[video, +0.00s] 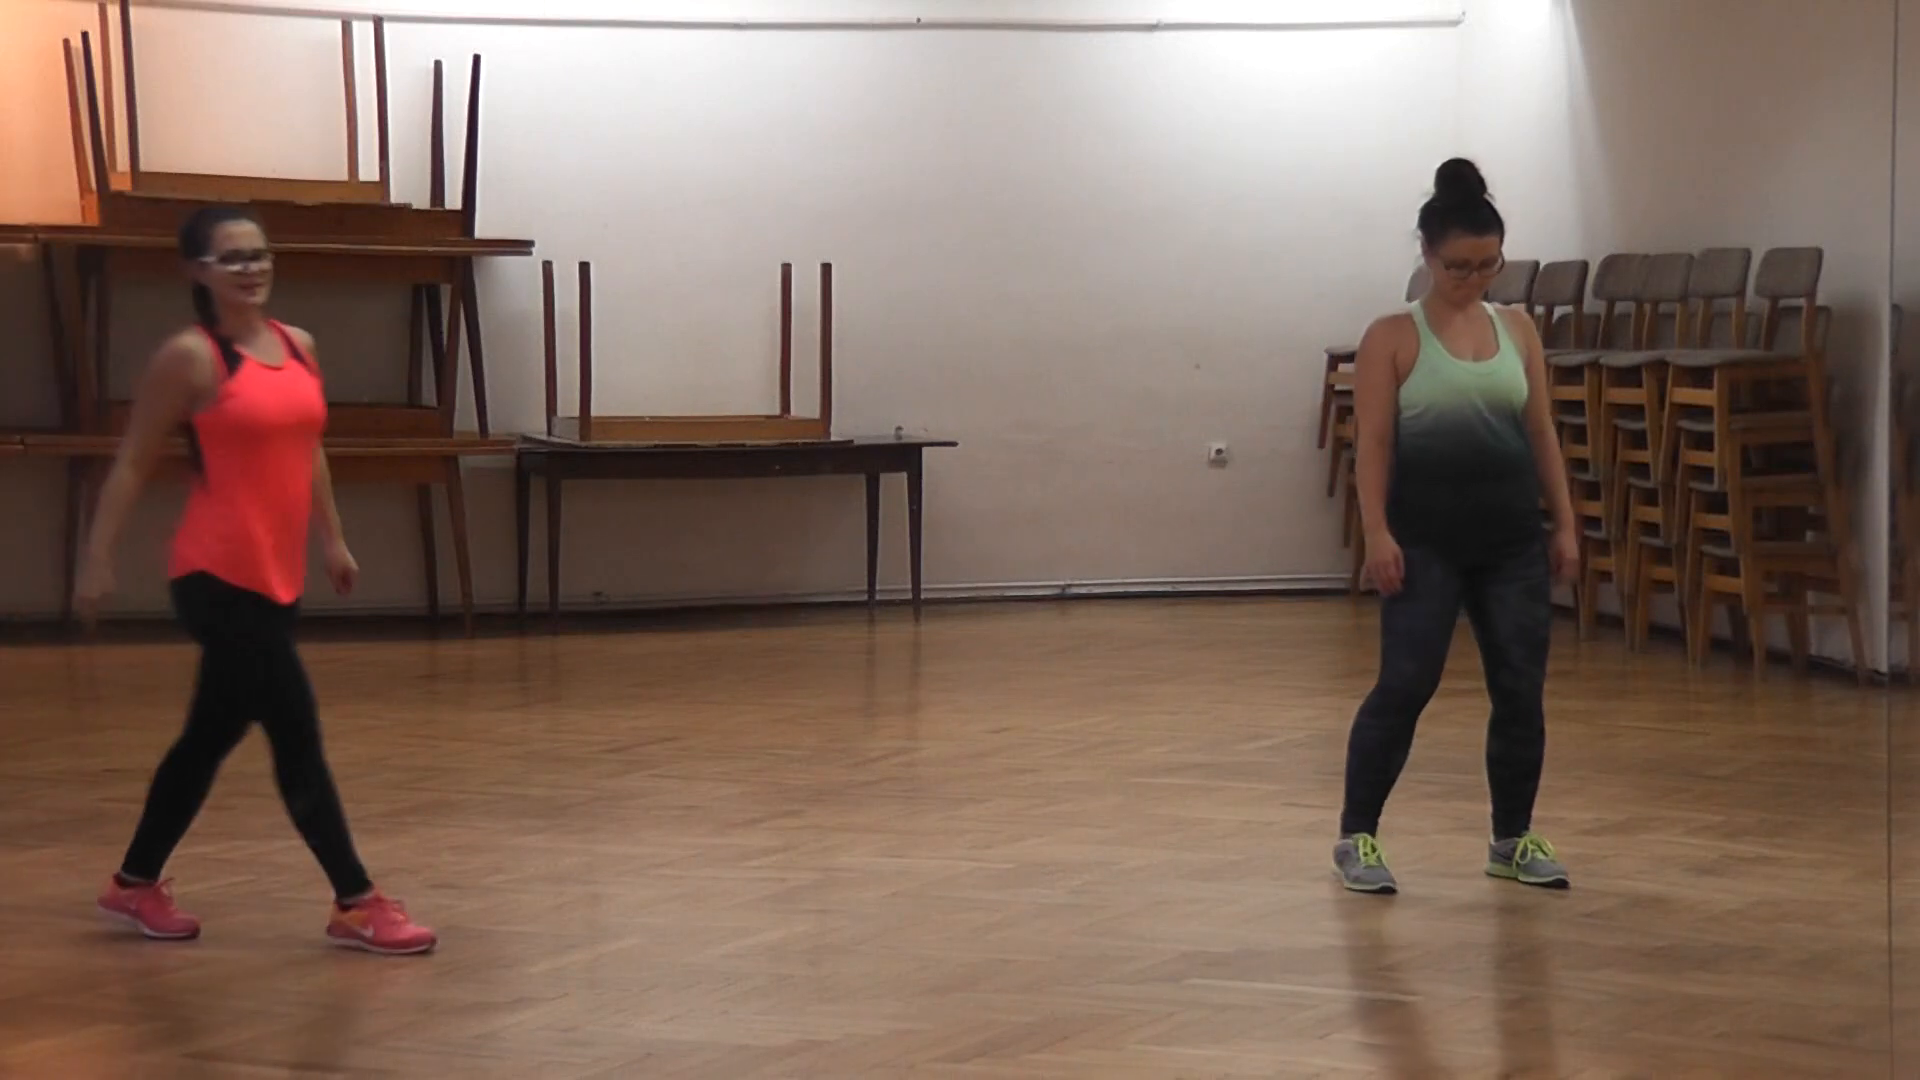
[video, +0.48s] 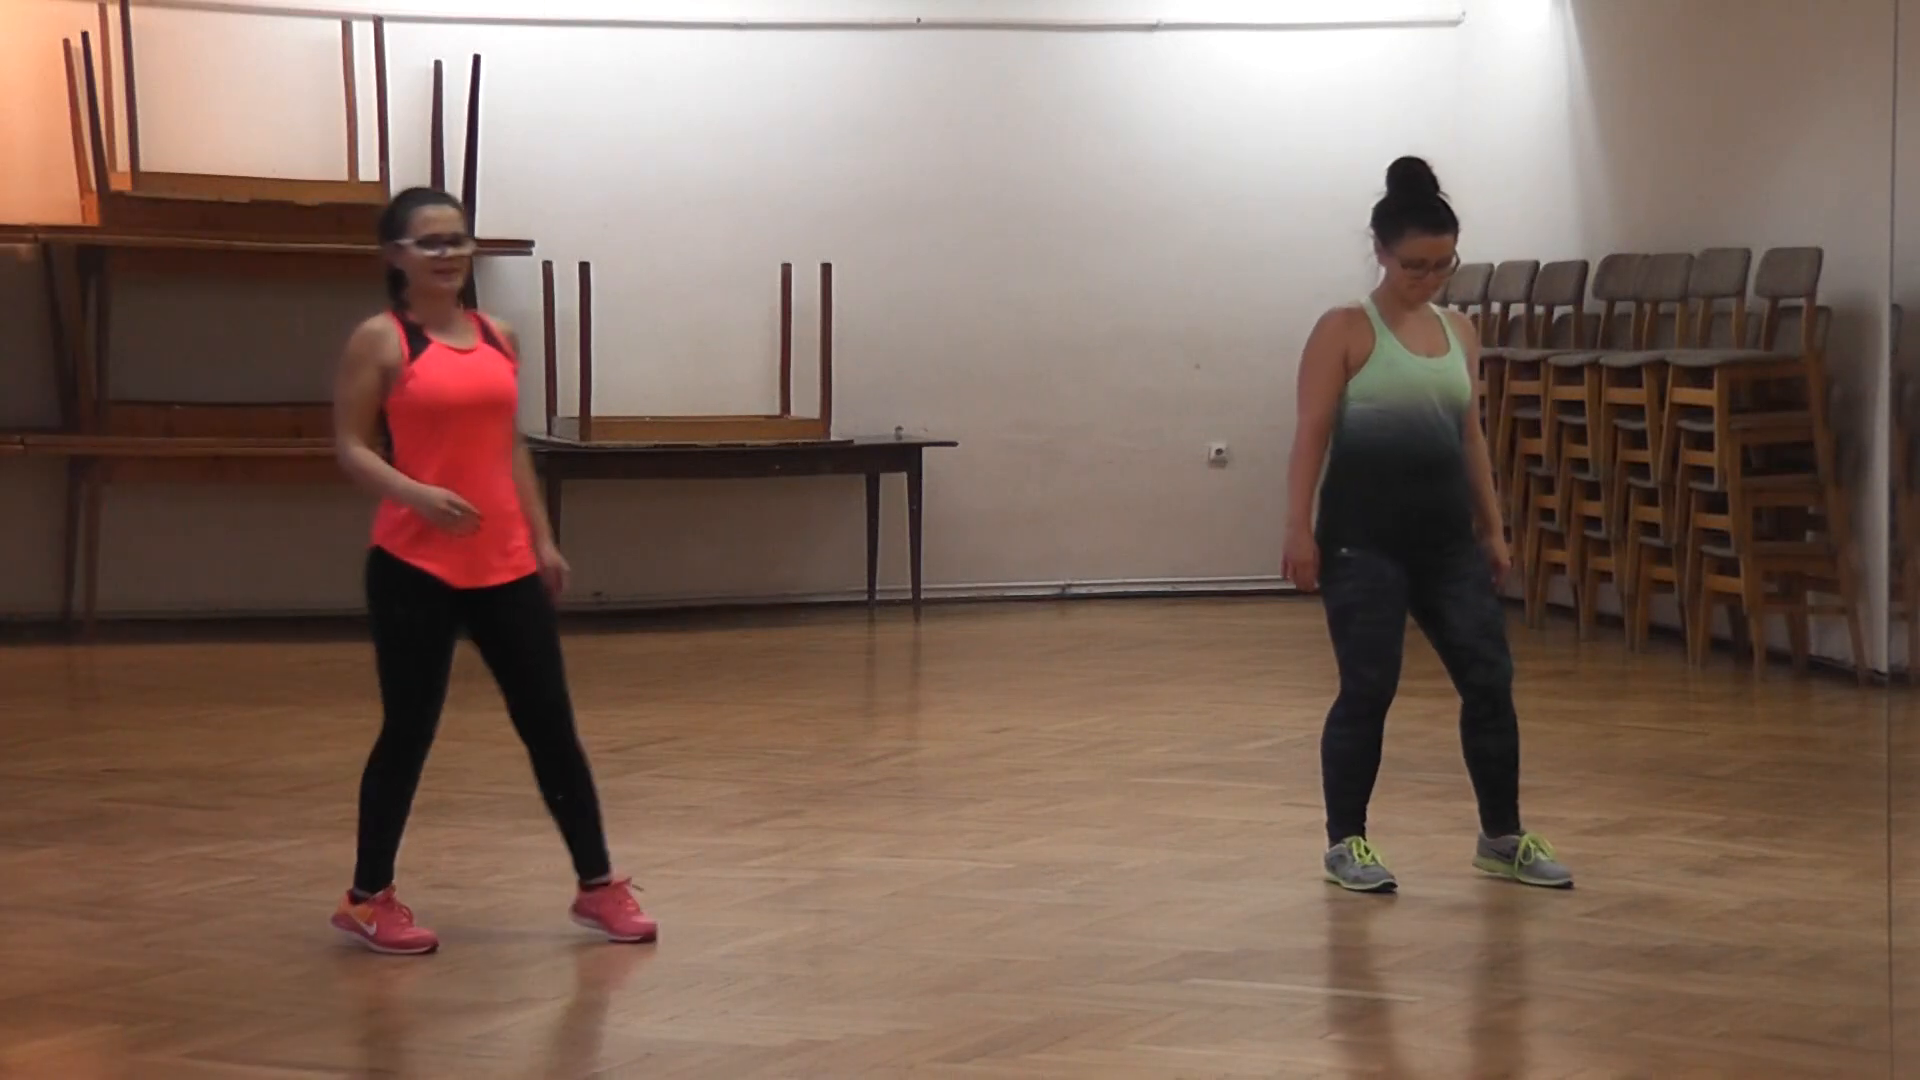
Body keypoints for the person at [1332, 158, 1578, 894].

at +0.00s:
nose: (1473, 279)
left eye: (1486, 265)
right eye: (1458, 267)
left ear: (1501, 252)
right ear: (1427, 254)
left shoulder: (1518, 330)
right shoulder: (1392, 337)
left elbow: (1543, 434)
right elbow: (1372, 445)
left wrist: (1566, 522)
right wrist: (1376, 534)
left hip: (1513, 545)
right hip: (1423, 547)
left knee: (1521, 695)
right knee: (1404, 689)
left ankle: (1512, 839)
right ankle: (1357, 836)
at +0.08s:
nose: (1471, 282)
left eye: (1483, 268)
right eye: (1455, 270)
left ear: (1495, 256)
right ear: (1421, 258)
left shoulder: (1509, 333)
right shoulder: (1385, 341)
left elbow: (1535, 438)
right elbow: (1362, 447)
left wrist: (1557, 527)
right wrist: (1364, 536)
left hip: (1507, 548)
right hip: (1416, 550)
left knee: (1521, 697)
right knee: (1399, 691)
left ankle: (1512, 840)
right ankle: (1349, 840)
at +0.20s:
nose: (1460, 285)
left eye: (1472, 270)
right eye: (1445, 273)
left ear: (1483, 258)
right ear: (1409, 261)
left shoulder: (1495, 339)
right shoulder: (1371, 344)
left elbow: (1516, 444)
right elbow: (1346, 451)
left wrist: (1538, 533)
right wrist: (1345, 541)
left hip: (1491, 550)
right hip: (1401, 551)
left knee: (1515, 692)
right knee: (1392, 693)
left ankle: (1511, 841)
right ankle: (1349, 841)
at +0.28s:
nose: (1448, 285)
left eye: (1461, 271)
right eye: (1434, 272)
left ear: (1473, 260)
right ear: (1400, 260)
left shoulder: (1484, 340)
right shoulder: (1362, 343)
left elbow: (1501, 444)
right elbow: (1336, 452)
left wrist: (1525, 532)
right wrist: (1329, 545)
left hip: (1477, 549)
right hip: (1389, 550)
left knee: (1508, 692)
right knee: (1384, 693)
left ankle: (1510, 840)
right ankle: (1347, 842)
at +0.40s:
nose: (1437, 283)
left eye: (1449, 268)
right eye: (1423, 270)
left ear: (1461, 256)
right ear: (1388, 257)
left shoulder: (1468, 336)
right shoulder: (1349, 338)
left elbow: (1483, 443)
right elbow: (1320, 444)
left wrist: (1503, 533)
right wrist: (1306, 536)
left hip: (1456, 547)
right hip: (1370, 548)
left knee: (1495, 688)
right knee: (1373, 691)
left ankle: (1507, 839)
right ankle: (1346, 842)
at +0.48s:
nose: (1429, 280)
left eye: (1442, 265)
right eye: (1415, 266)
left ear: (1455, 252)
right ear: (1380, 251)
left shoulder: (1456, 332)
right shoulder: (1343, 331)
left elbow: (1472, 438)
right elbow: (1312, 435)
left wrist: (1493, 530)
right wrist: (1298, 530)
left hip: (1446, 541)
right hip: (1362, 543)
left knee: (1489, 679)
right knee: (1367, 688)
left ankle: (1502, 837)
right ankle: (1346, 841)